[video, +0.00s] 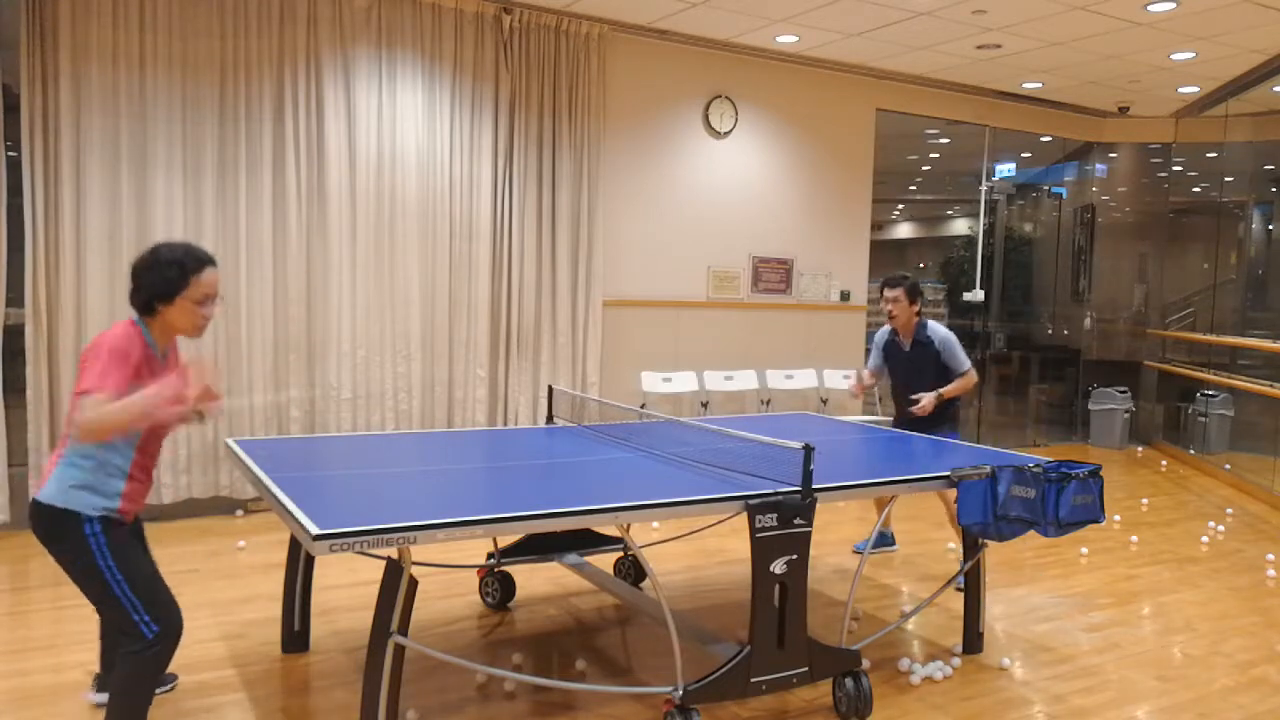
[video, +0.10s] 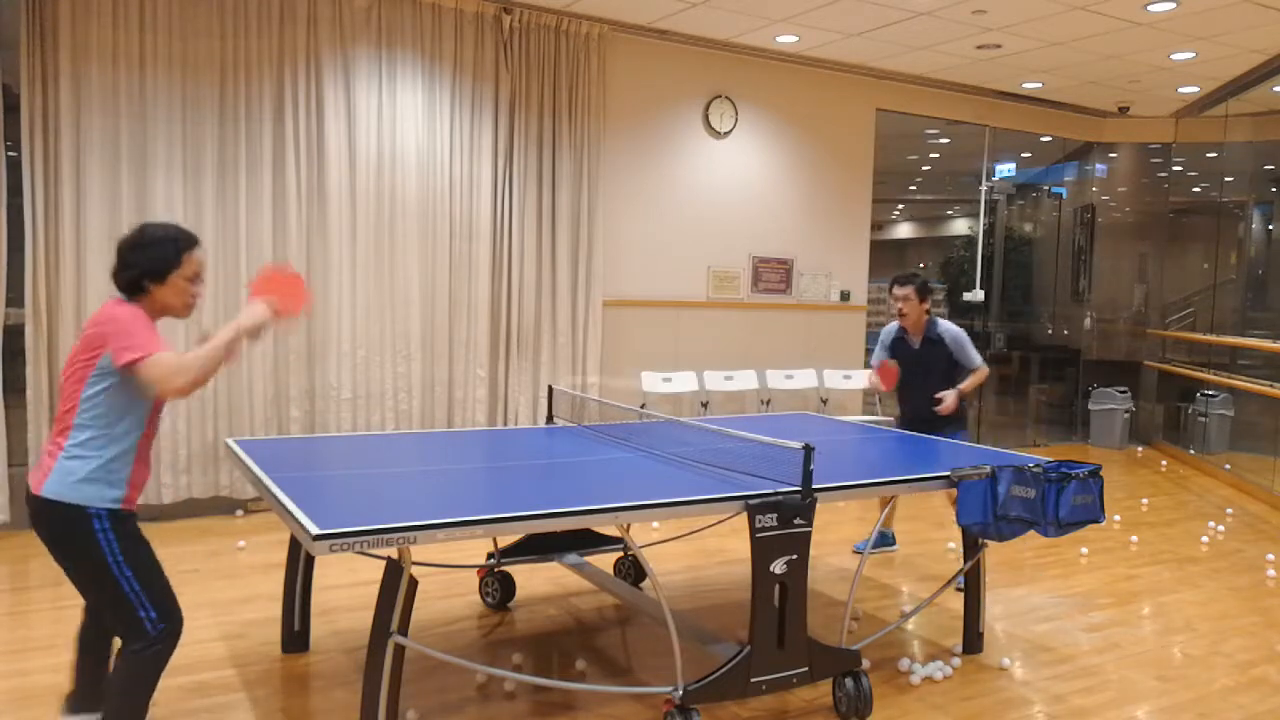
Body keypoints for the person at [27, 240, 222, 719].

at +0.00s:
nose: (211, 312)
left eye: (214, 300)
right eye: (202, 301)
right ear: (163, 300)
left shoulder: (167, 352)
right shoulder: (118, 343)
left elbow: (147, 422)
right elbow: (85, 421)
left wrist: (190, 409)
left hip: (113, 506)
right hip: (73, 508)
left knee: (127, 598)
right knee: (157, 627)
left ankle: (114, 679)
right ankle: (124, 709)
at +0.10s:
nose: (199, 292)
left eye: (200, 281)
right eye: (191, 280)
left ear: (151, 281)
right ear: (152, 279)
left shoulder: (132, 323)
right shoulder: (121, 319)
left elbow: (176, 381)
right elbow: (172, 378)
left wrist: (231, 341)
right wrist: (238, 327)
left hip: (71, 497)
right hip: (83, 502)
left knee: (104, 605)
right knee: (158, 627)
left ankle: (86, 706)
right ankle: (117, 714)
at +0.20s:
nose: (186, 278)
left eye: (186, 267)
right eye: (177, 268)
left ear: (134, 270)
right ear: (141, 269)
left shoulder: (97, 308)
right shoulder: (123, 313)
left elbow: (140, 387)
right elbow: (203, 356)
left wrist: (195, 332)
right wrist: (242, 296)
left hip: (52, 491)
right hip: (94, 497)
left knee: (88, 600)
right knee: (151, 627)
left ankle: (57, 704)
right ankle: (118, 714)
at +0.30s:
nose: (178, 273)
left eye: (178, 262)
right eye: (170, 263)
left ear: (127, 268)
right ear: (133, 267)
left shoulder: (91, 308)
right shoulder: (113, 311)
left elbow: (147, 371)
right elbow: (190, 359)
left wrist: (193, 329)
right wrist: (236, 297)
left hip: (40, 488)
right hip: (85, 494)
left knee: (73, 607)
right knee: (136, 632)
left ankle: (50, 708)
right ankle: (105, 714)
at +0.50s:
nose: (179, 276)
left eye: (177, 265)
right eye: (169, 266)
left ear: (140, 274)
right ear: (132, 271)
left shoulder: (123, 325)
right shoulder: (92, 318)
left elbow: (139, 396)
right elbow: (93, 408)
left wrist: (193, 376)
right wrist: (181, 394)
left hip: (67, 499)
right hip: (40, 498)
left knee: (72, 628)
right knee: (100, 631)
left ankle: (52, 710)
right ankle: (72, 714)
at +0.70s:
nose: (185, 319)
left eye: (184, 307)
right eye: (176, 309)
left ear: (141, 317)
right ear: (136, 316)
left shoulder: (146, 359)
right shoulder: (77, 366)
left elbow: (157, 422)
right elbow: (29, 462)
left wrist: (185, 448)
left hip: (69, 513)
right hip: (21, 517)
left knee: (105, 625)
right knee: (94, 641)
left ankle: (51, 706)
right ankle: (63, 714)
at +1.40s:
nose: (178, 254)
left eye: (176, 244)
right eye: (169, 245)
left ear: (135, 256)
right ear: (133, 256)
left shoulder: (120, 301)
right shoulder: (104, 296)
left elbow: (172, 359)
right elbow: (174, 347)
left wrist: (227, 319)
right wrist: (232, 276)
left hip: (88, 476)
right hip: (77, 477)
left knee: (81, 601)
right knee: (108, 613)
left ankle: (56, 706)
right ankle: (80, 712)